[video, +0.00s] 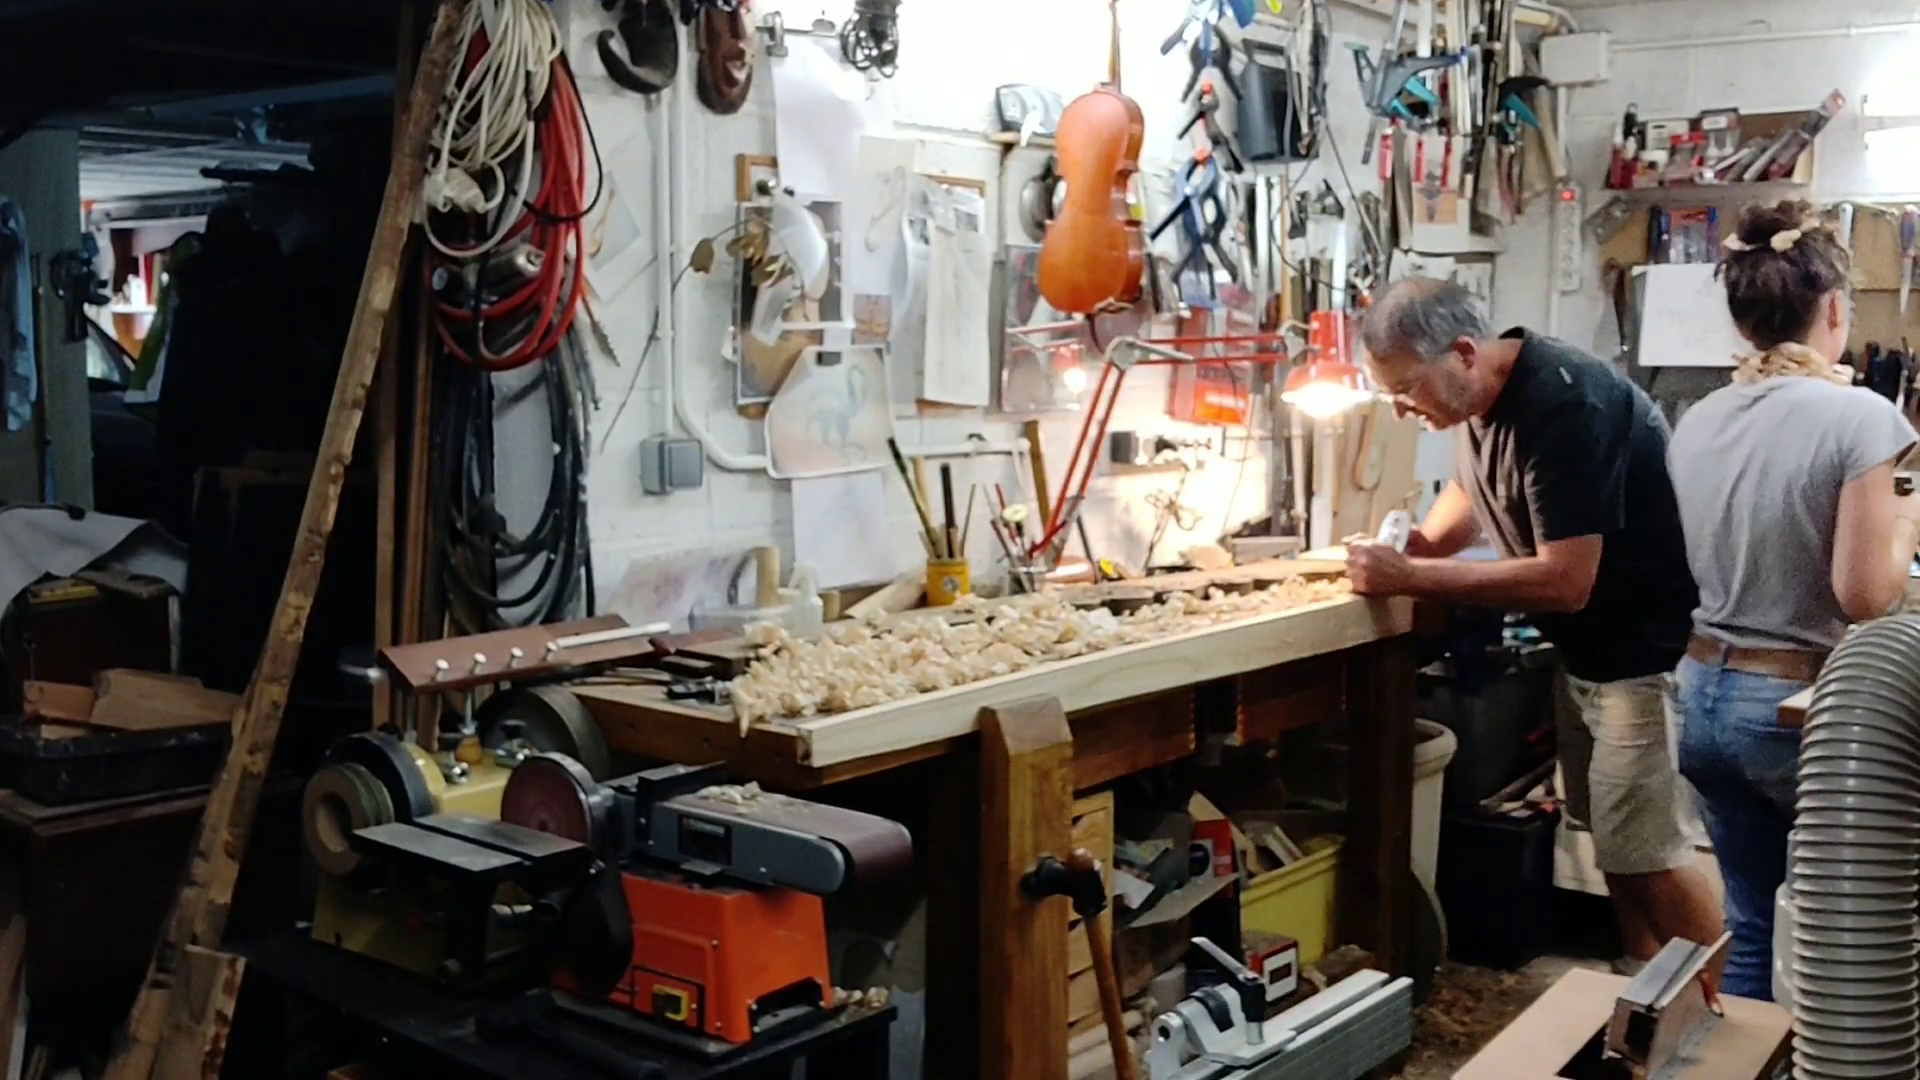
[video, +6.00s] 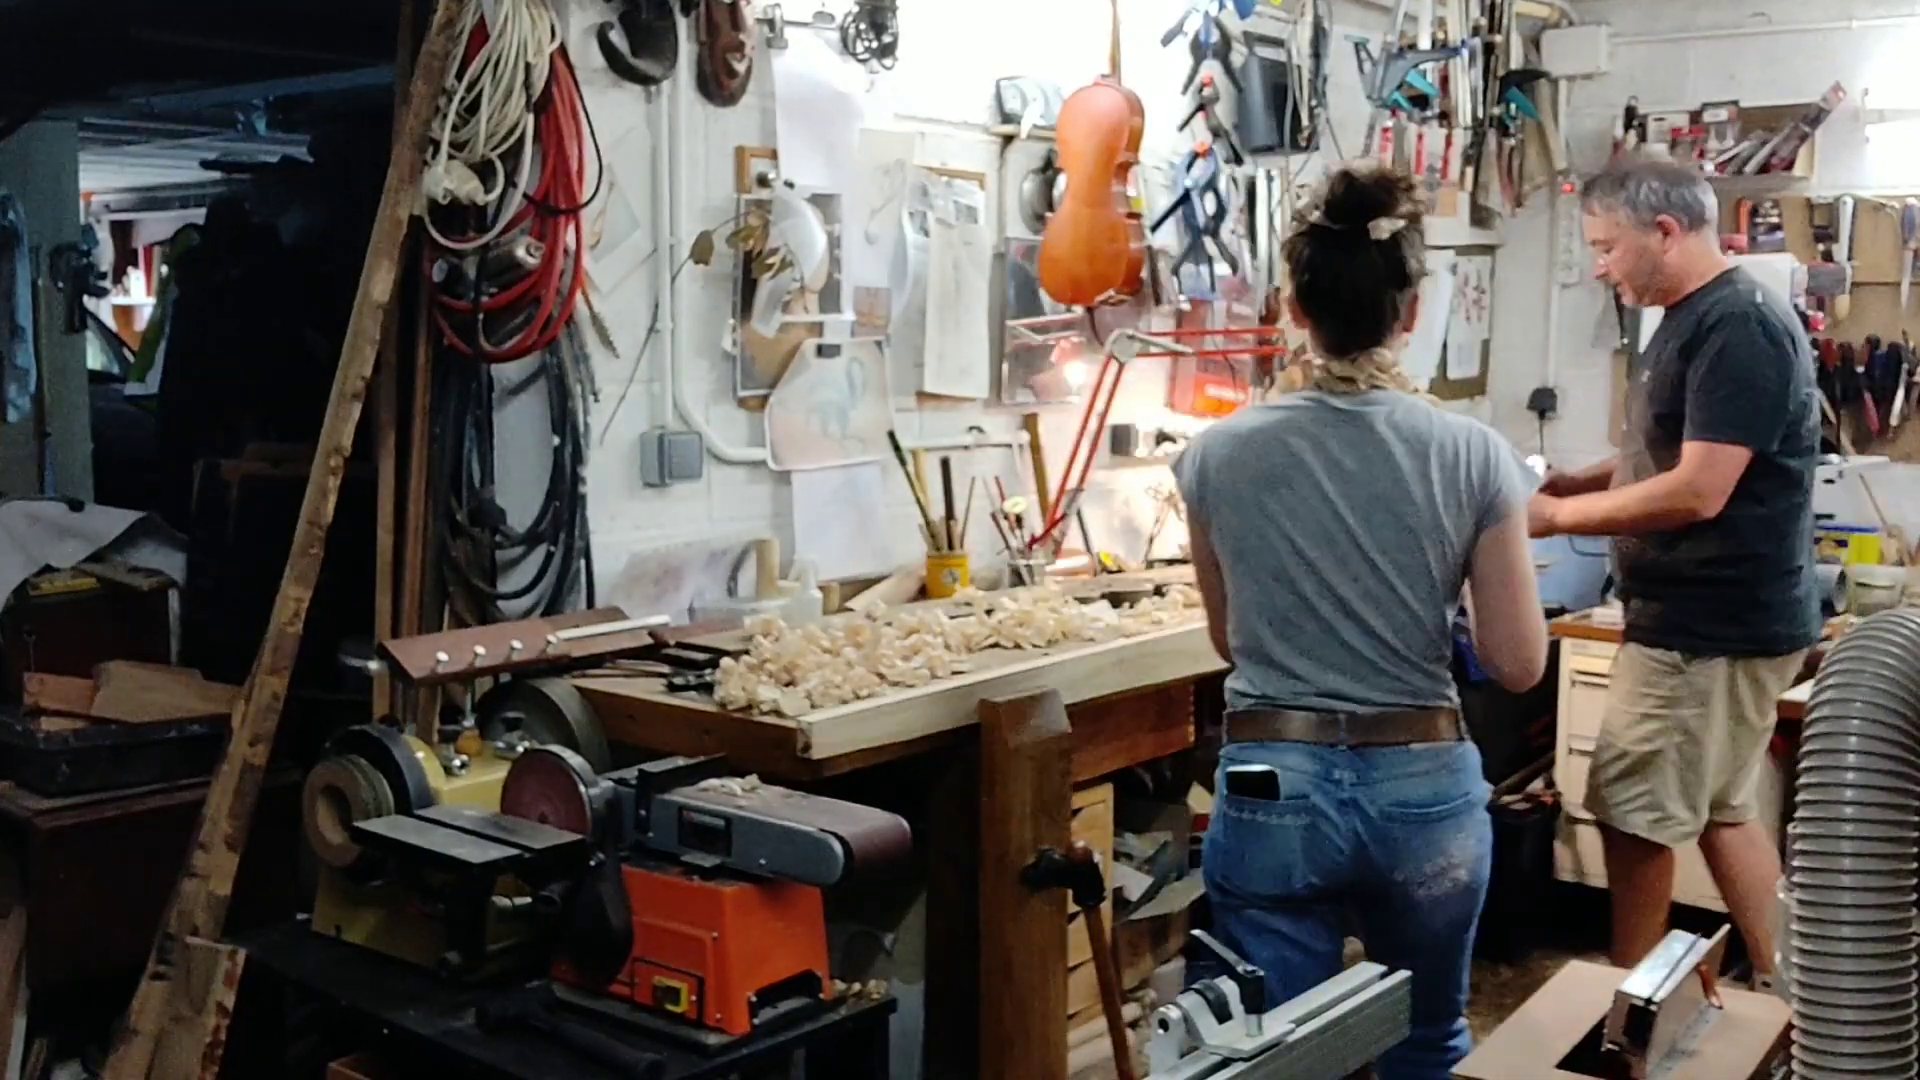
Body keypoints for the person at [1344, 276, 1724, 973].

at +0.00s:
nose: (1404, 409)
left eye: (1410, 388)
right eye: (1393, 395)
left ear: (1467, 352)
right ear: (1466, 353)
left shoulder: (1566, 404)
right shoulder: (1483, 402)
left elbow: (1568, 582)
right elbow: (1470, 494)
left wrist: (1409, 575)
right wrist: (1411, 553)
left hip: (1645, 659)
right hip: (1582, 654)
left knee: (1647, 854)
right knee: (1616, 853)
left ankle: (1728, 1013)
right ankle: (1659, 1001)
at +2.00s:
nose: (1021, 425)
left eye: (1026, 397)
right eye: (1010, 405)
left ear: (1101, 354)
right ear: (1102, 353)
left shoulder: (1230, 411)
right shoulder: (1137, 408)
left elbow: (1185, 663)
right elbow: (1115, 553)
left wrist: (975, 669)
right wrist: (1037, 616)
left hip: (1383, 752)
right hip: (1283, 741)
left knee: (1326, 1033)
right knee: (1242, 1009)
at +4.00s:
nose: (1433, 167)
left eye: (1433, 153)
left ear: (1437, 162)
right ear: (1562, 181)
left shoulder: (1337, 280)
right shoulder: (1615, 330)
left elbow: (1155, 434)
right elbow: (1707, 582)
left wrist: (1256, 397)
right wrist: (1631, 524)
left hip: (1302, 736)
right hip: (1482, 764)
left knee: (1280, 1046)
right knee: (1442, 1064)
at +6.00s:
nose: (1600, 270)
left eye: (1606, 248)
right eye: (1596, 251)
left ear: (1667, 230)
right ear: (1667, 234)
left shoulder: (1740, 324)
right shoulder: (1696, 318)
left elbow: (1699, 492)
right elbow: (1665, 457)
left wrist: (1558, 515)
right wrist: (1581, 481)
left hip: (1709, 628)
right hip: (1716, 620)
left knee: (1636, 810)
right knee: (1726, 808)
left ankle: (1632, 1009)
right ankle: (1778, 982)